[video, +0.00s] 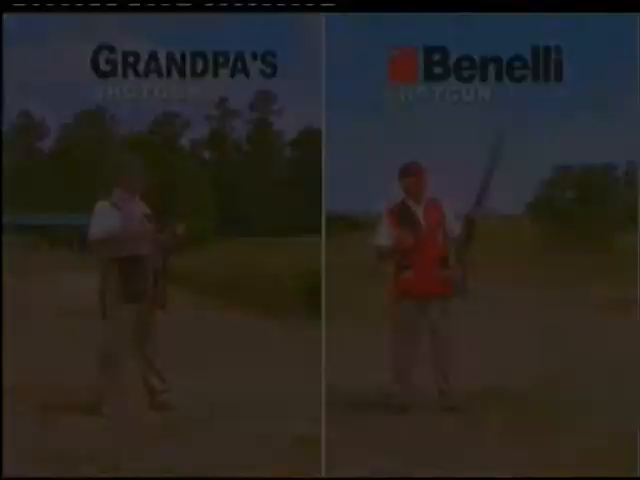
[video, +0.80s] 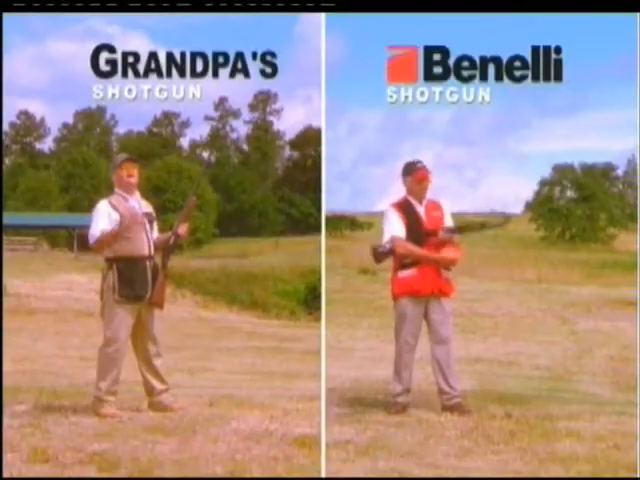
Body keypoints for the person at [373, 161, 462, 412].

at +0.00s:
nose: (415, 187)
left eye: (419, 181)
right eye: (410, 182)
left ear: (425, 183)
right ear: (402, 185)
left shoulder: (437, 211)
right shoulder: (393, 214)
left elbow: (451, 241)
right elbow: (382, 250)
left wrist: (466, 231)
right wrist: (401, 247)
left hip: (437, 286)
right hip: (407, 288)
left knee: (442, 338)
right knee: (405, 340)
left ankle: (445, 389)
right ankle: (403, 389)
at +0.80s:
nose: (425, 186)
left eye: (427, 181)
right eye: (420, 181)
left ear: (429, 181)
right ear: (407, 182)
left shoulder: (439, 208)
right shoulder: (395, 211)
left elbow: (451, 240)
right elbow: (399, 247)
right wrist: (438, 257)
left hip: (436, 278)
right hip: (409, 280)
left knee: (443, 340)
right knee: (406, 342)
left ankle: (451, 396)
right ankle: (400, 395)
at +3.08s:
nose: (428, 193)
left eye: (431, 188)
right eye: (424, 188)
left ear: (433, 187)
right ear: (411, 187)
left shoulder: (437, 207)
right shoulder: (395, 212)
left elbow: (463, 185)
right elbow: (397, 248)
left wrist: (438, 174)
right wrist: (435, 258)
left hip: (437, 281)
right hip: (409, 282)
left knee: (443, 340)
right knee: (406, 342)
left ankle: (451, 397)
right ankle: (400, 396)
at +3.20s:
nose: (430, 192)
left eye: (432, 188)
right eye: (426, 187)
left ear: (434, 186)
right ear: (413, 186)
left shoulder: (437, 207)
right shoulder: (394, 212)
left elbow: (463, 185)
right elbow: (397, 249)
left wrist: (439, 173)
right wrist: (434, 258)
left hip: (437, 281)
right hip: (409, 282)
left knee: (443, 340)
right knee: (406, 343)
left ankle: (451, 397)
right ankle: (401, 396)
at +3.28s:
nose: (432, 189)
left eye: (435, 185)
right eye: (428, 184)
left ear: (435, 185)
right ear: (416, 183)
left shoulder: (438, 206)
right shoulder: (395, 211)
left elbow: (463, 186)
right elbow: (397, 249)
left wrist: (439, 172)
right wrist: (432, 259)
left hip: (437, 280)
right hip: (409, 281)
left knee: (443, 340)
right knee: (406, 342)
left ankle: (451, 397)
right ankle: (401, 396)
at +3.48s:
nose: (432, 186)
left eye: (434, 182)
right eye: (427, 181)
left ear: (434, 184)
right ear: (414, 182)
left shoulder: (438, 208)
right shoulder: (395, 211)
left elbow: (466, 192)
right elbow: (397, 249)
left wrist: (445, 165)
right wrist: (432, 259)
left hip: (437, 280)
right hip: (409, 283)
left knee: (443, 341)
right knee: (406, 343)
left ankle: (451, 397)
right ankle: (401, 396)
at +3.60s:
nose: (431, 186)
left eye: (432, 181)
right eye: (426, 181)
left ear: (433, 183)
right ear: (412, 182)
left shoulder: (439, 208)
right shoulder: (395, 212)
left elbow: (468, 197)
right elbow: (397, 249)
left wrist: (447, 169)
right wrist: (432, 260)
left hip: (437, 281)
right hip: (409, 282)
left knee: (443, 340)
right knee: (406, 342)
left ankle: (450, 397)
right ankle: (400, 396)